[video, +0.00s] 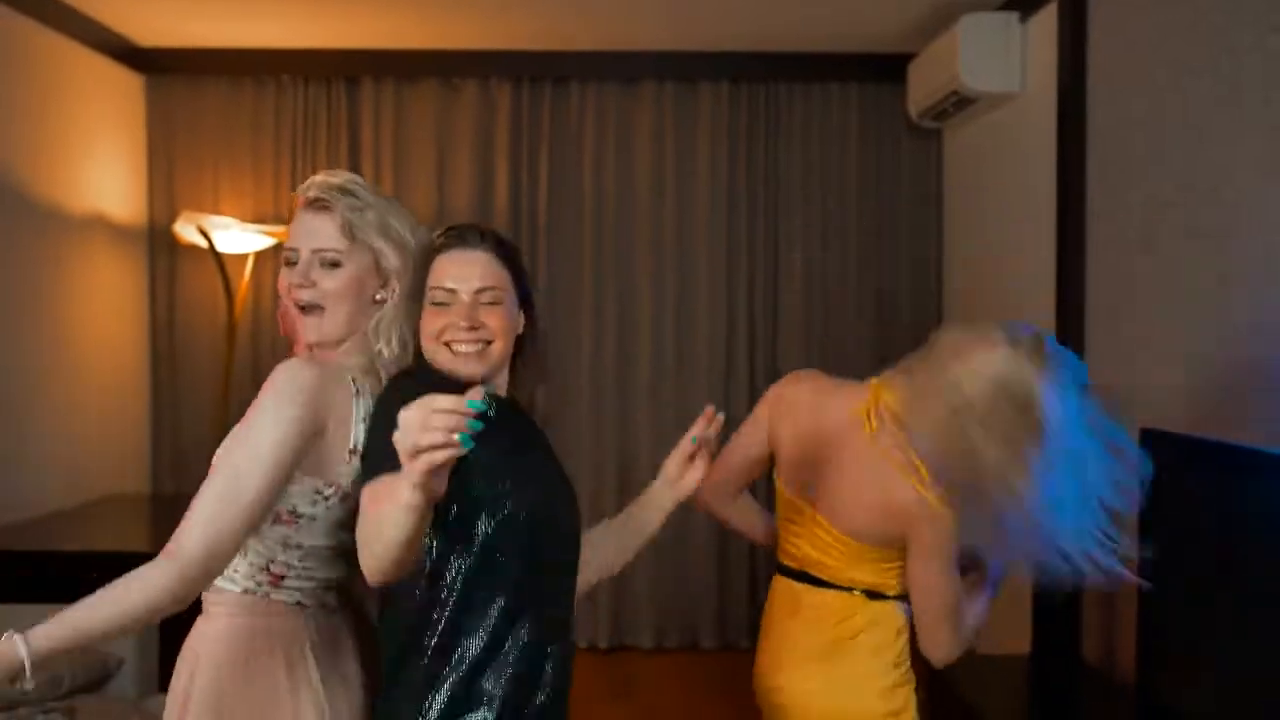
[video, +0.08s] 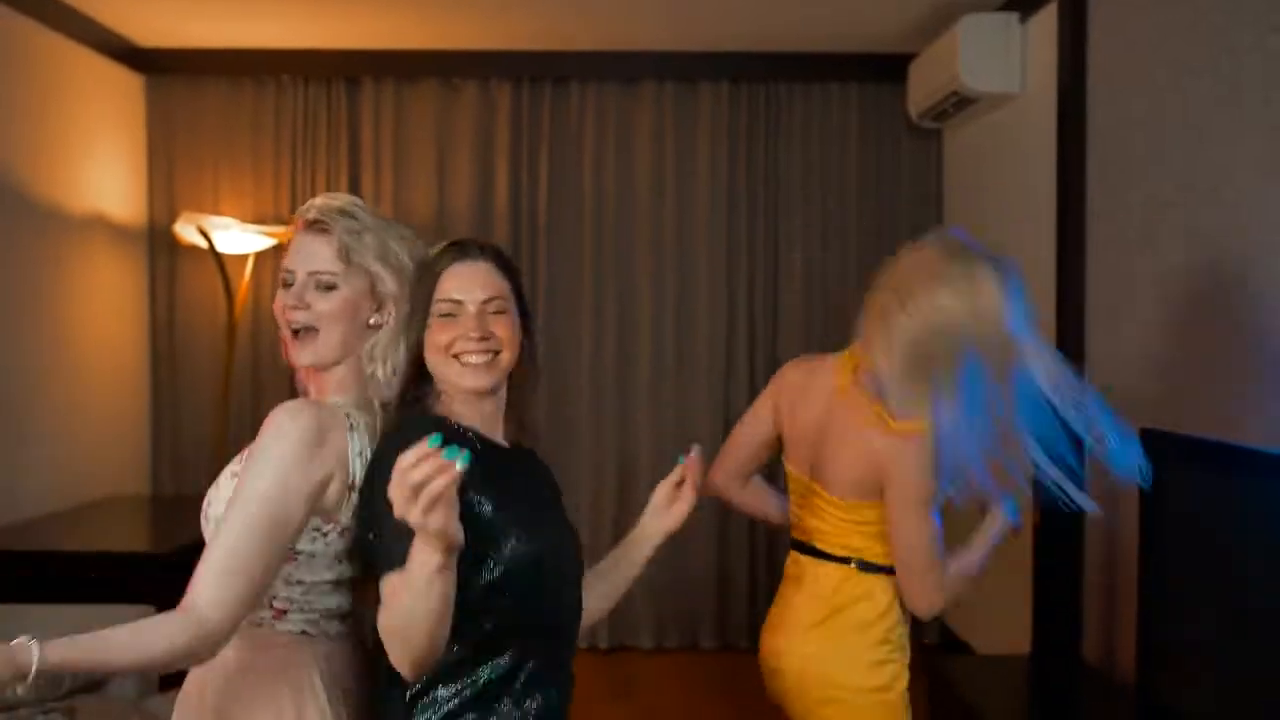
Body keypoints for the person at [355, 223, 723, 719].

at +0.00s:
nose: (465, 318)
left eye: (489, 301)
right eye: (441, 302)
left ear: (521, 318)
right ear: (419, 319)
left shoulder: (517, 424)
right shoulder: (412, 403)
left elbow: (560, 576)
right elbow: (378, 566)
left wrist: (664, 494)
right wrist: (416, 489)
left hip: (530, 697)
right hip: (439, 698)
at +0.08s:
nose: (475, 329)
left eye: (496, 309)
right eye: (448, 313)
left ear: (522, 331)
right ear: (421, 337)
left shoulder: (526, 468)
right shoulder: (411, 456)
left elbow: (569, 618)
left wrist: (652, 528)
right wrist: (433, 546)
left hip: (539, 706)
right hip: (454, 708)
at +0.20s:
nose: (488, 345)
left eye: (503, 329)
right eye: (458, 333)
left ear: (523, 349)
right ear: (421, 361)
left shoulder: (517, 488)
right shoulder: (410, 484)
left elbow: (556, 628)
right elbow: (396, 699)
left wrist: (596, 509)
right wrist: (434, 550)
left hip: (540, 707)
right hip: (456, 710)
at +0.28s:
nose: (493, 321)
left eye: (504, 305)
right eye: (462, 306)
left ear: (520, 325)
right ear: (417, 332)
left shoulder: (510, 458)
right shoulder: (410, 455)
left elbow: (547, 581)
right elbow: (373, 650)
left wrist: (572, 454)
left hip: (537, 701)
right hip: (446, 704)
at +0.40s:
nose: (508, 299)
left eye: (510, 284)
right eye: (479, 281)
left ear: (518, 298)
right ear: (420, 299)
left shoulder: (499, 411)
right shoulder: (392, 412)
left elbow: (536, 513)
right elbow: (340, 597)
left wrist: (576, 396)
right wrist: (337, 434)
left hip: (519, 694)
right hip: (433, 698)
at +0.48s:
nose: (512, 321)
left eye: (511, 304)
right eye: (483, 302)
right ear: (419, 320)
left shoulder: (497, 439)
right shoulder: (385, 447)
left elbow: (520, 551)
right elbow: (350, 664)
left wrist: (583, 435)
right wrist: (366, 491)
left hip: (509, 703)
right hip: (416, 707)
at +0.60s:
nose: (505, 336)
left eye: (501, 319)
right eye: (475, 320)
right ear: (416, 346)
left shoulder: (496, 476)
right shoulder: (396, 486)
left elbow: (503, 603)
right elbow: (379, 701)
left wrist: (564, 510)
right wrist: (439, 556)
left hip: (507, 706)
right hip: (443, 710)